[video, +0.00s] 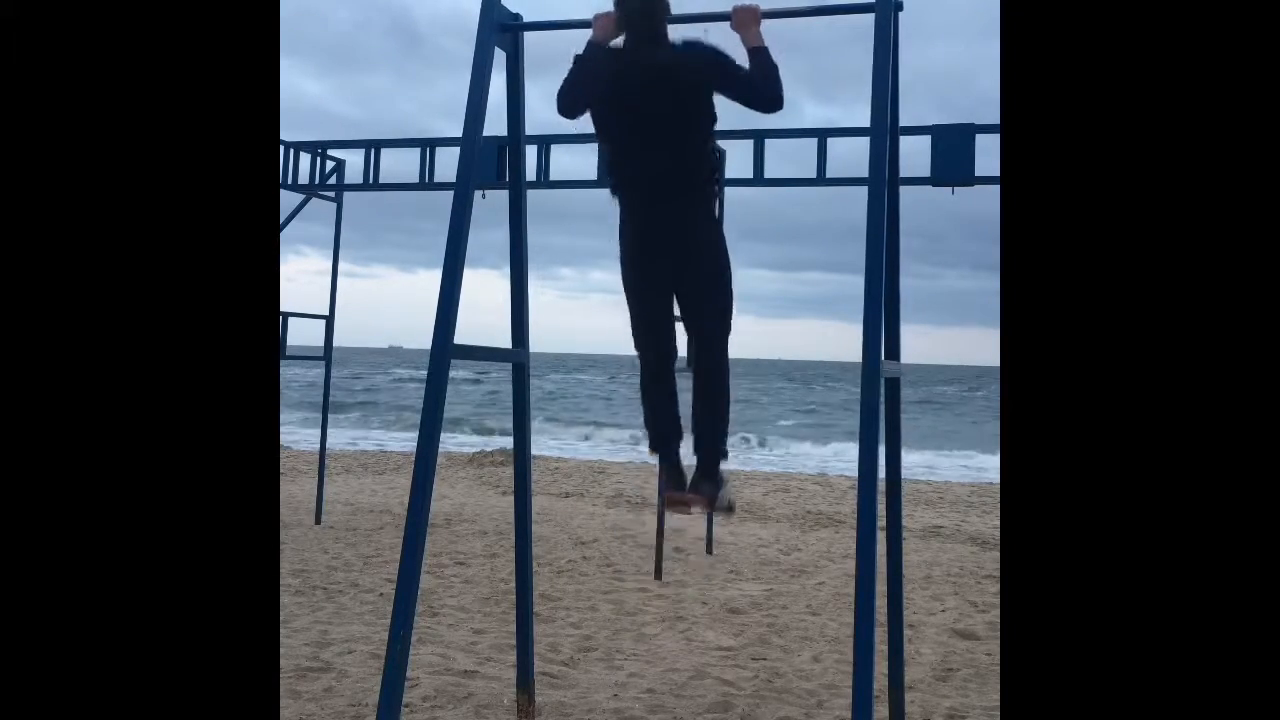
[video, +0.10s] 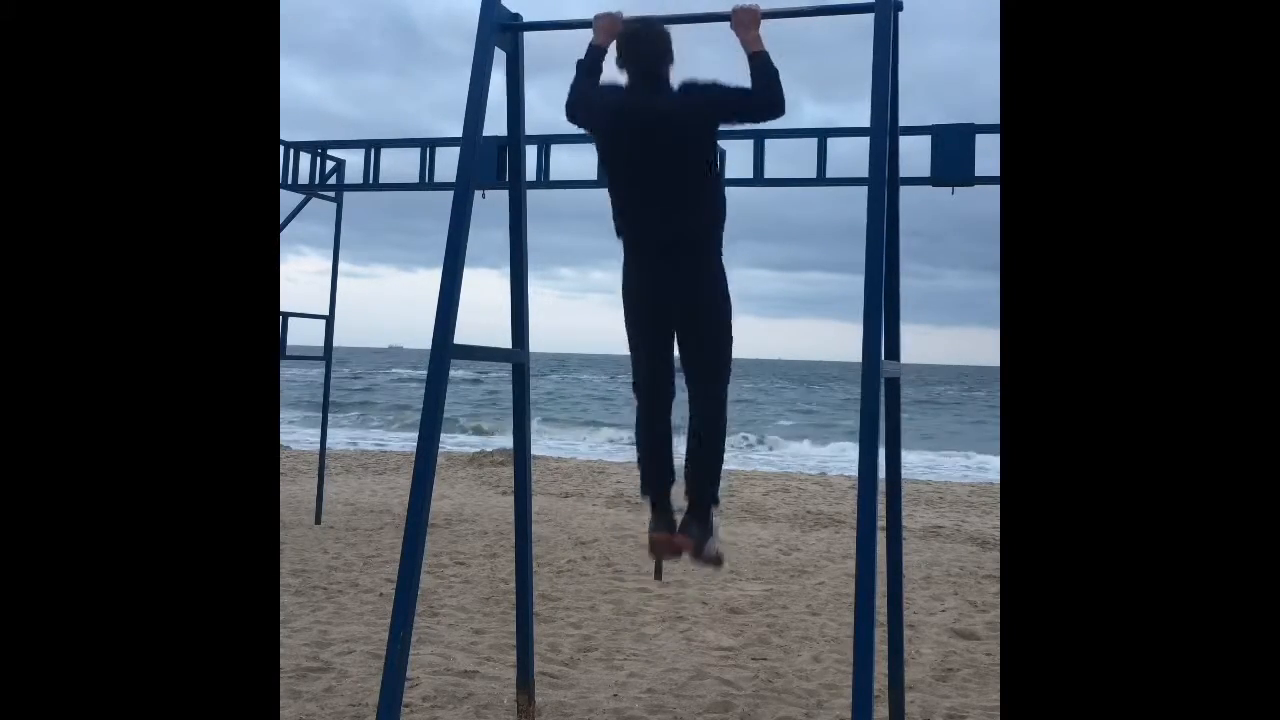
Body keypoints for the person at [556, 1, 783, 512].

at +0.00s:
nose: (644, 18)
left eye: (625, 14)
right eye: (656, 11)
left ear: (620, 19)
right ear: (667, 15)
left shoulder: (601, 66)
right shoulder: (698, 61)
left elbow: (567, 105)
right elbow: (770, 98)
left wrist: (595, 41)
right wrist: (754, 39)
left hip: (640, 234)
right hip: (698, 231)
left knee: (654, 356)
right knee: (710, 353)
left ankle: (670, 477)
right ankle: (707, 478)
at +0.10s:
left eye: (632, 55)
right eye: (663, 52)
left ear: (623, 63)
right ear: (670, 59)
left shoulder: (607, 109)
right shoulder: (700, 101)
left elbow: (576, 101)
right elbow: (770, 102)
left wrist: (597, 44)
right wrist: (753, 41)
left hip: (643, 280)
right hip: (701, 277)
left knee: (652, 396)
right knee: (708, 397)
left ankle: (660, 519)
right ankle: (698, 521)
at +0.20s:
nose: (657, 100)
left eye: (636, 93)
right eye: (664, 91)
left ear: (625, 102)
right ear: (674, 98)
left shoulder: (613, 144)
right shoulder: (706, 138)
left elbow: (587, 109)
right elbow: (765, 107)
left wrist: (599, 45)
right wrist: (752, 43)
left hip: (647, 310)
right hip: (703, 310)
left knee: (647, 439)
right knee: (703, 442)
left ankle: (649, 565)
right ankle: (685, 568)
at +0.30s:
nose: (683, 121)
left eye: (672, 116)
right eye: (680, 115)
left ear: (630, 128)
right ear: (679, 123)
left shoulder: (620, 163)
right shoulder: (707, 159)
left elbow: (592, 113)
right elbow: (761, 111)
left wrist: (600, 46)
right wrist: (750, 43)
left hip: (648, 329)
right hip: (703, 330)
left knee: (643, 460)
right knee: (699, 468)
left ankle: (636, 589)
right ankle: (675, 597)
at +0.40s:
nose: (686, 128)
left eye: (675, 125)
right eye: (682, 124)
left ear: (634, 141)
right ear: (681, 135)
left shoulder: (624, 169)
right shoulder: (709, 165)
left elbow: (592, 112)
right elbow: (760, 113)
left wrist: (601, 46)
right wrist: (750, 45)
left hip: (648, 341)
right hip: (703, 342)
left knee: (640, 477)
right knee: (696, 482)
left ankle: (632, 610)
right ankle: (669, 611)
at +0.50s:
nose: (686, 126)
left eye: (675, 123)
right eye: (681, 123)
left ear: (633, 139)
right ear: (680, 133)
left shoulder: (623, 169)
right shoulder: (708, 164)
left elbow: (592, 112)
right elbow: (759, 113)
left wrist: (601, 46)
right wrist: (750, 45)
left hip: (646, 340)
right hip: (701, 342)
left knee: (638, 474)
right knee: (695, 479)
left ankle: (633, 609)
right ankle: (670, 610)